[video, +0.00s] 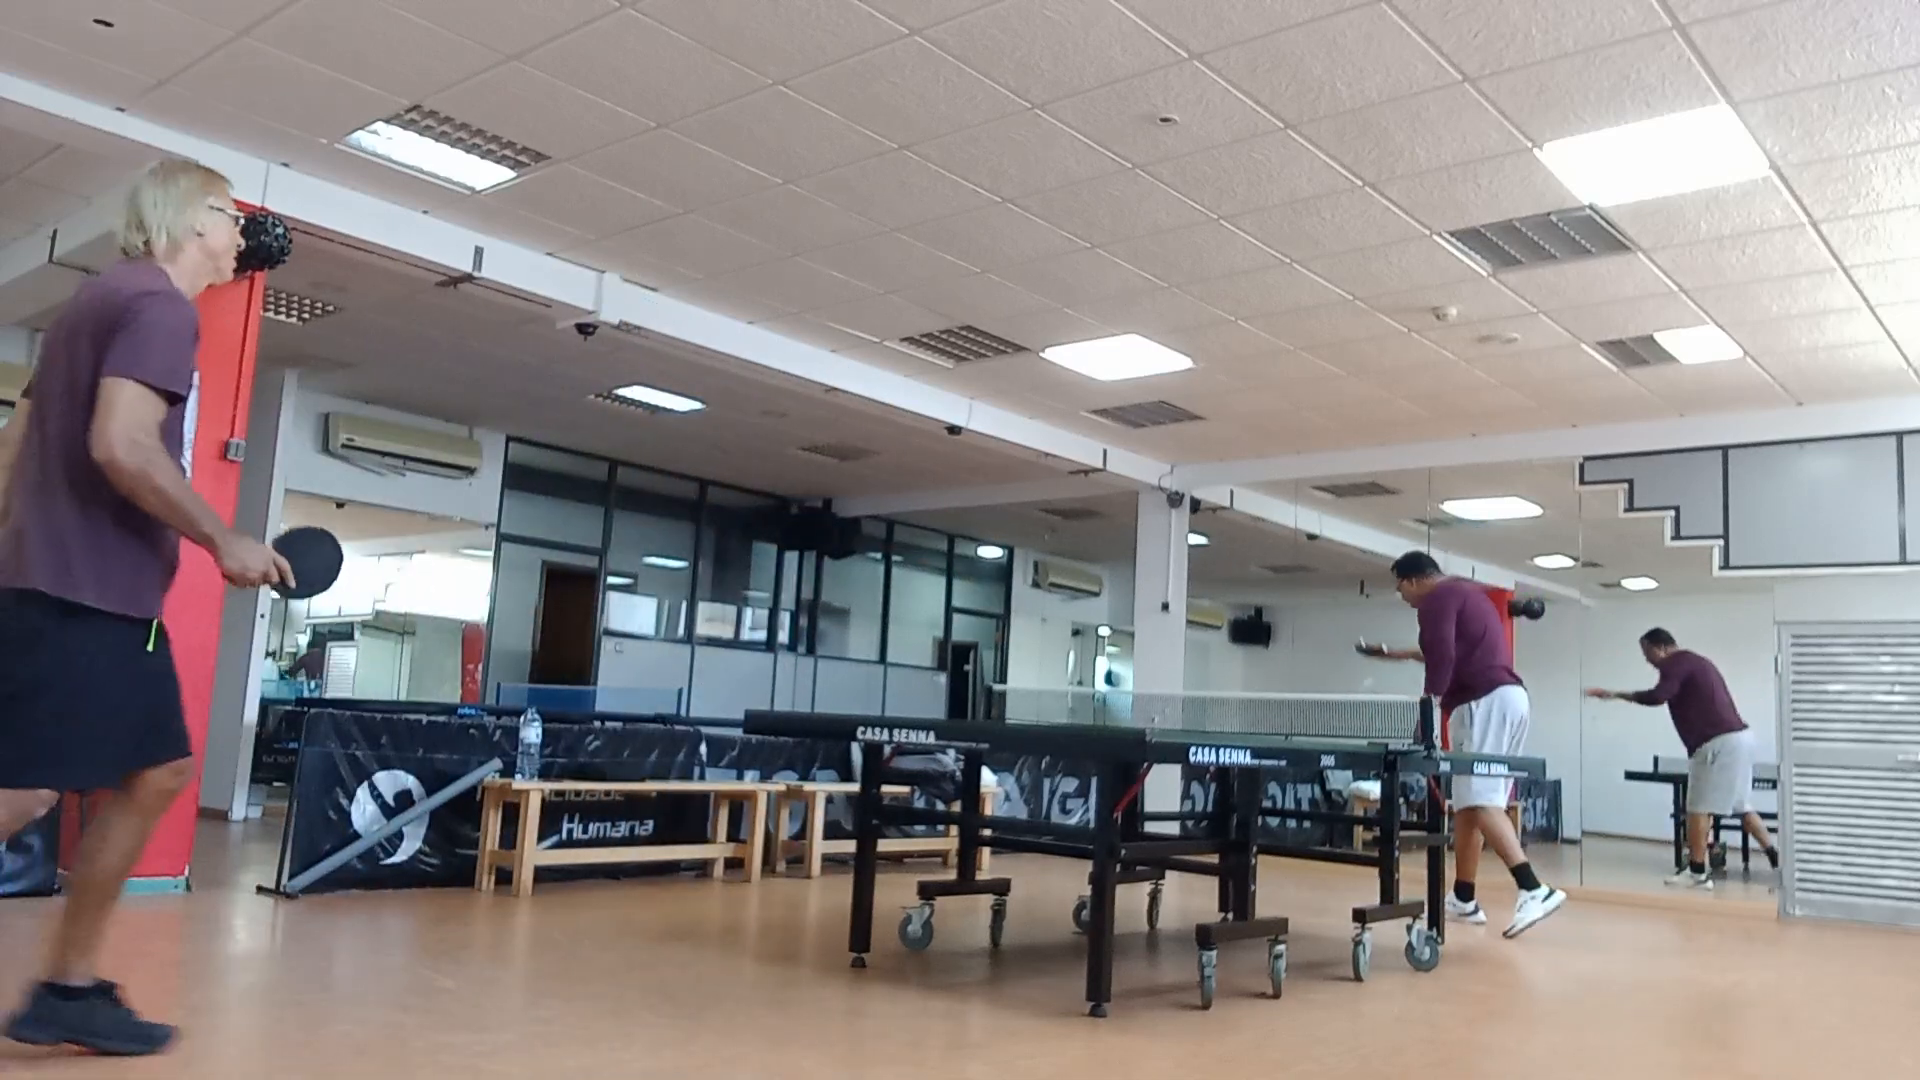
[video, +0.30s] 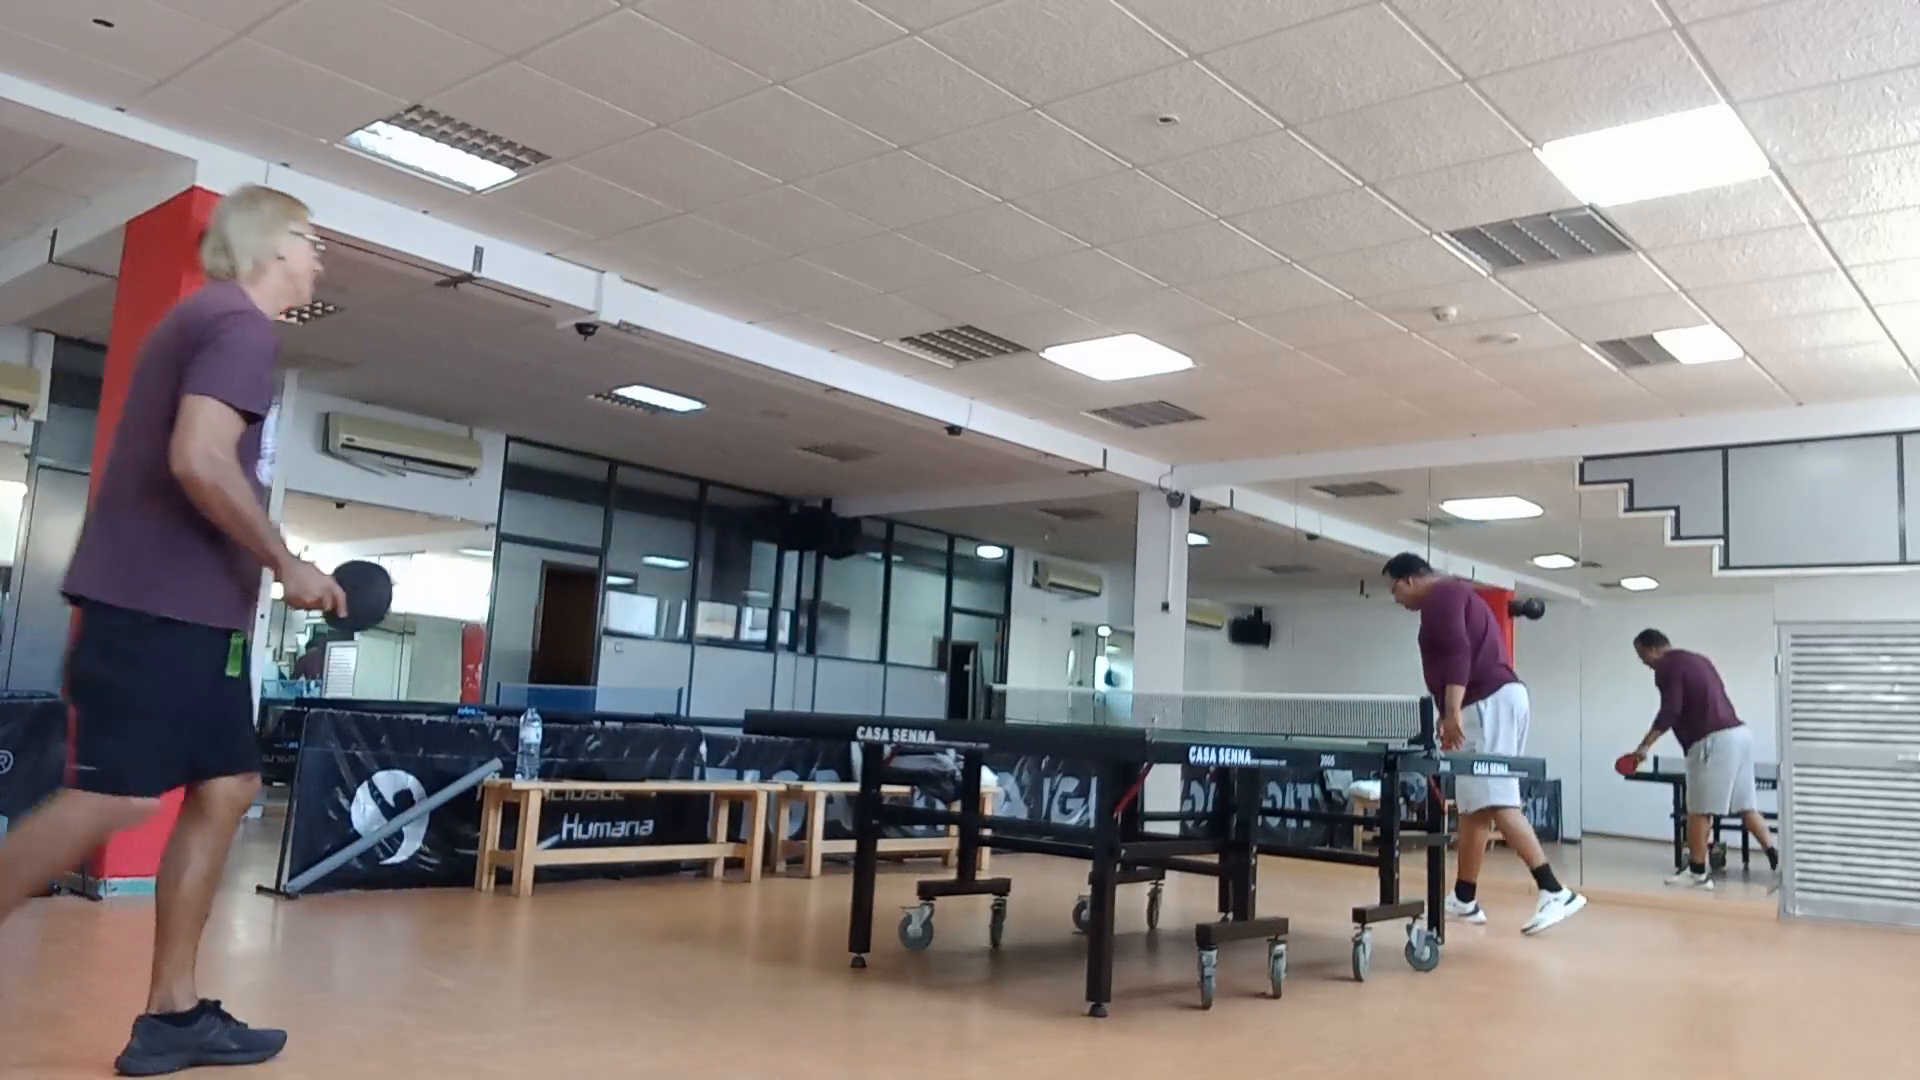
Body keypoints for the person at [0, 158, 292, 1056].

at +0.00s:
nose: (240, 235)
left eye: (237, 221)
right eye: (229, 217)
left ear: (162, 225)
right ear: (186, 221)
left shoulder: (89, 303)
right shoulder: (159, 304)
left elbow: (16, 451)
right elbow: (122, 446)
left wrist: (26, 548)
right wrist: (225, 540)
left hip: (42, 591)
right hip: (88, 597)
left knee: (151, 774)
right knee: (153, 774)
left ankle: (68, 988)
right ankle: (67, 990)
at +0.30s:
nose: (319, 268)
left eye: (317, 252)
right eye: (311, 250)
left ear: (244, 251)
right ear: (269, 250)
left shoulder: (203, 318)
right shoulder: (240, 324)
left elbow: (191, 471)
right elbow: (200, 458)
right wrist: (286, 562)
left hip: (190, 613)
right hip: (148, 606)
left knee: (228, 788)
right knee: (113, 792)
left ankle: (173, 1010)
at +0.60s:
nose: (401, 278)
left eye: (398, 264)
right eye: (392, 261)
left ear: (320, 265)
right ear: (353, 263)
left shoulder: (281, 331)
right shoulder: (329, 334)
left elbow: (284, 482)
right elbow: (282, 458)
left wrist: (373, 564)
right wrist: (372, 566)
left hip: (225, 599)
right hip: (280, 603)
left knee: (231, 785)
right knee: (355, 776)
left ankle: (169, 1009)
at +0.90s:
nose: (509, 315)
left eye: (507, 300)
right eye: (502, 299)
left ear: (432, 304)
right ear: (472, 306)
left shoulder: (376, 375)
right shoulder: (449, 377)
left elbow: (357, 515)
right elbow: (416, 501)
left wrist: (474, 592)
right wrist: (495, 590)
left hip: (339, 633)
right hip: (415, 639)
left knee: (307, 795)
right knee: (469, 797)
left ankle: (187, 993)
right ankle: (478, 998)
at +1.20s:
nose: (612, 336)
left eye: (611, 323)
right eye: (609, 323)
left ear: (539, 318)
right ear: (584, 323)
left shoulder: (476, 385)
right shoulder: (577, 393)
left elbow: (430, 512)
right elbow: (579, 513)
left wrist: (505, 547)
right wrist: (660, 572)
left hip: (456, 620)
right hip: (529, 627)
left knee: (481, 785)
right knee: (522, 802)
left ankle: (399, 944)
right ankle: (480, 999)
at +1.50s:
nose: (670, 363)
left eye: (670, 349)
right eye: (665, 348)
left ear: (604, 349)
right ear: (635, 351)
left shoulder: (536, 417)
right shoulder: (631, 419)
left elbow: (491, 524)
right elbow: (703, 525)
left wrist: (537, 591)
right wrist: (801, 527)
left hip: (532, 639)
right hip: (594, 643)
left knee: (576, 805)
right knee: (566, 809)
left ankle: (589, 966)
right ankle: (487, 988)